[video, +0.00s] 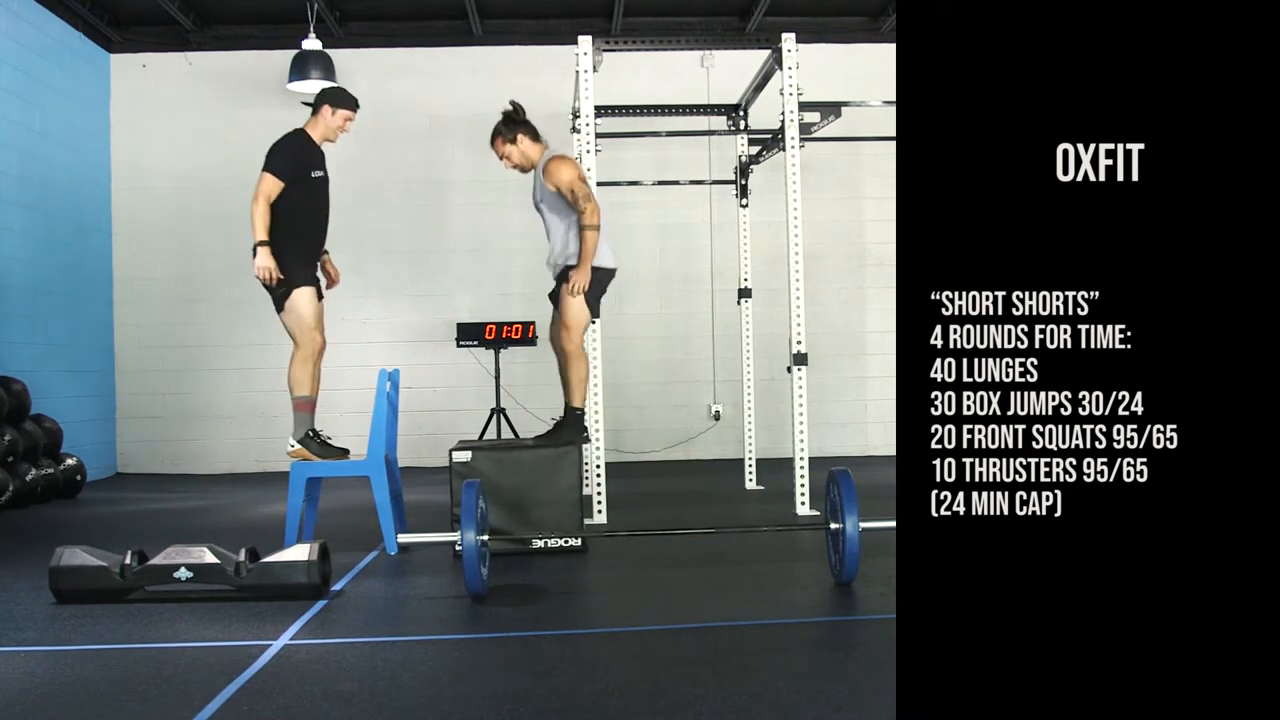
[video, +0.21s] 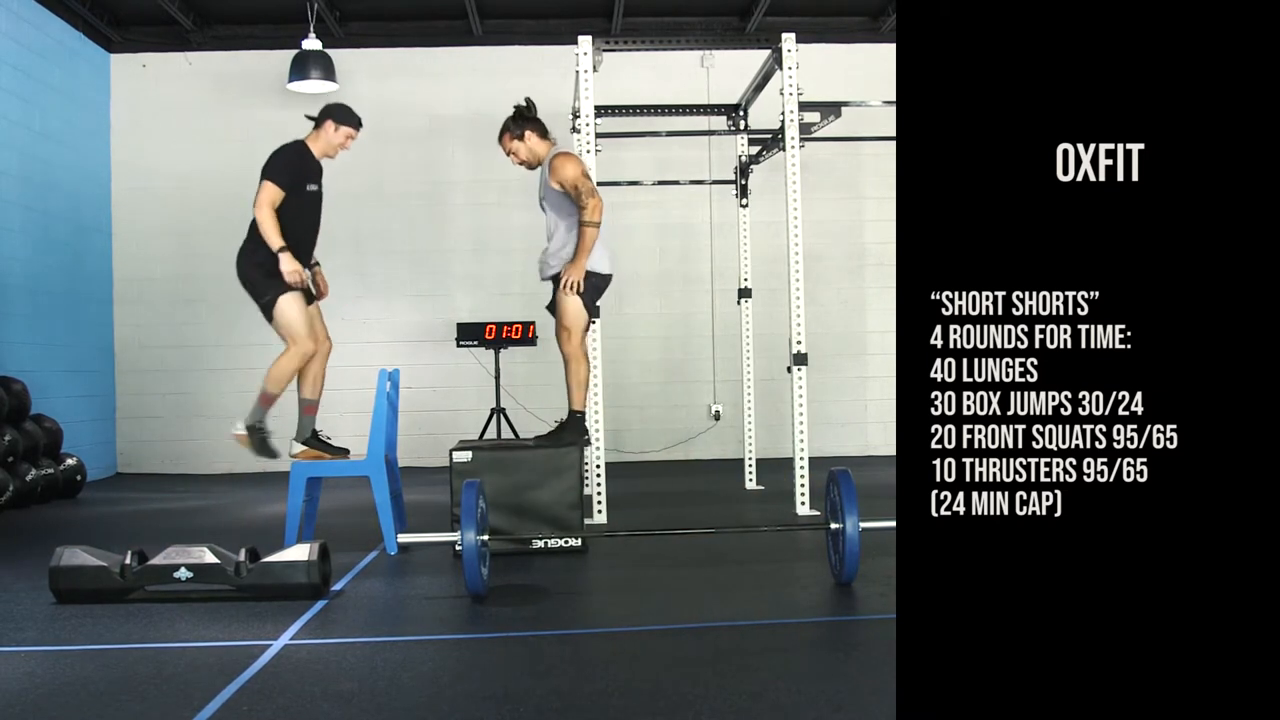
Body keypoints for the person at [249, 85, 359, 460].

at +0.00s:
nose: (347, 128)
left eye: (351, 122)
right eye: (345, 119)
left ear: (331, 116)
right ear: (325, 112)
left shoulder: (315, 152)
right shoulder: (291, 147)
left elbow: (306, 212)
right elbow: (261, 200)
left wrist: (322, 256)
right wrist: (262, 249)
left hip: (304, 262)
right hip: (285, 259)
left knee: (315, 344)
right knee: (308, 343)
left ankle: (306, 433)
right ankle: (301, 435)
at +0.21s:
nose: (348, 144)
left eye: (352, 139)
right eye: (347, 136)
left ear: (334, 132)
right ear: (327, 126)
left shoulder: (315, 166)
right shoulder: (290, 157)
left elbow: (299, 223)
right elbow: (263, 209)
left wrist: (313, 266)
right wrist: (284, 255)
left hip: (288, 265)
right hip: (262, 261)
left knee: (321, 345)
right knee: (303, 344)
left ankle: (306, 436)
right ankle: (253, 423)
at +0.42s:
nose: (339, 191)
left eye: (343, 185)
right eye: (338, 182)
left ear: (322, 174)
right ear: (320, 171)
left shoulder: (297, 207)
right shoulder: (283, 196)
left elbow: (267, 254)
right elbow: (258, 242)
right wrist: (303, 279)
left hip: (270, 306)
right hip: (240, 303)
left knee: (328, 348)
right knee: (238, 398)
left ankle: (307, 436)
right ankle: (192, 484)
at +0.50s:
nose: (327, 212)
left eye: (330, 206)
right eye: (326, 204)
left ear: (310, 197)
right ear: (308, 194)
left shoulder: (285, 229)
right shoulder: (271, 219)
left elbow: (257, 278)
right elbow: (251, 269)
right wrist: (303, 297)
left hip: (261, 327)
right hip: (229, 326)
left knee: (327, 350)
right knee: (216, 422)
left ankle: (307, 438)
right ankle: (180, 512)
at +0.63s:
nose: (299, 238)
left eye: (303, 231)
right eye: (298, 229)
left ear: (282, 223)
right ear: (279, 220)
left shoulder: (259, 255)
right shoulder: (245, 253)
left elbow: (249, 314)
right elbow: (236, 312)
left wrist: (289, 333)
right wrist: (293, 329)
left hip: (243, 354)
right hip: (214, 360)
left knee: (315, 350)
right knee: (210, 452)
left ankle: (304, 437)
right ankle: (165, 536)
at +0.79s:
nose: (280, 226)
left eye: (282, 220)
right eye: (277, 218)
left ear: (260, 213)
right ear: (258, 210)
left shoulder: (241, 246)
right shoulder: (225, 245)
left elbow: (225, 307)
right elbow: (210, 308)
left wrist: (254, 341)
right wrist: (263, 333)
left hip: (230, 348)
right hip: (201, 351)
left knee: (302, 363)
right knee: (196, 448)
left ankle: (260, 439)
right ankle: (163, 537)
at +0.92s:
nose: (271, 219)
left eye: (273, 213)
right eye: (268, 211)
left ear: (251, 208)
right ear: (248, 206)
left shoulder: (236, 245)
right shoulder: (219, 242)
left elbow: (214, 304)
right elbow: (197, 303)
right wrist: (249, 332)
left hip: (226, 355)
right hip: (197, 354)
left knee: (277, 414)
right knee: (187, 446)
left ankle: (220, 483)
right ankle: (162, 537)